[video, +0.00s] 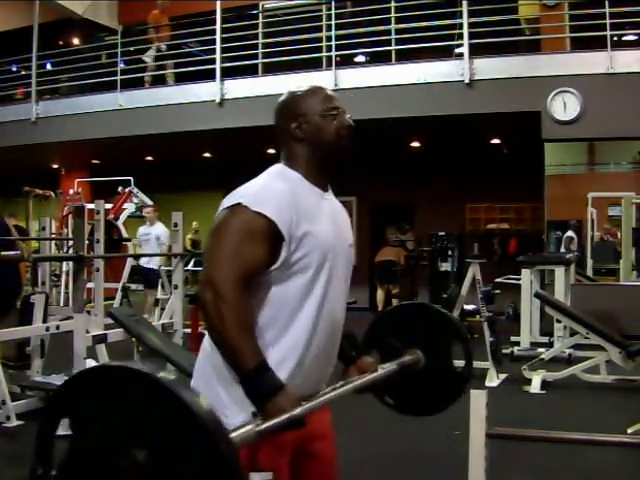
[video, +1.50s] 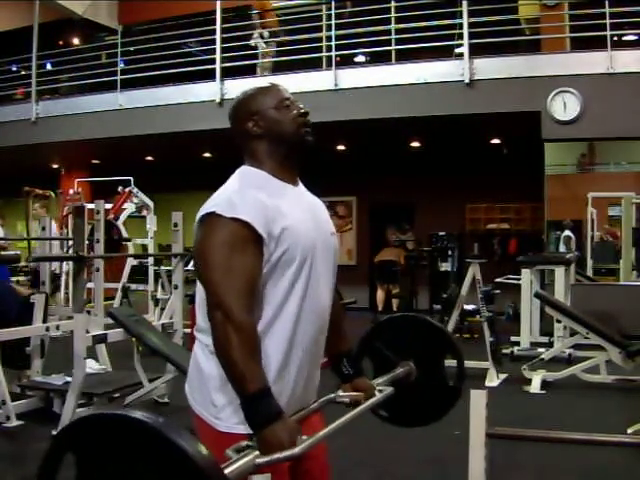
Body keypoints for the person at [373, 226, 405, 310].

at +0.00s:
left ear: (388, 243)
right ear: (399, 244)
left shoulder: (383, 250)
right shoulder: (400, 250)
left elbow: (376, 259)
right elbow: (402, 262)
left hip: (380, 263)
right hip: (392, 262)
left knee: (380, 288)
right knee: (394, 287)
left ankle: (379, 309)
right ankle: (396, 310)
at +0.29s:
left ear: (390, 245)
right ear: (400, 246)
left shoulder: (383, 250)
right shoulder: (400, 251)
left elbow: (376, 259)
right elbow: (402, 262)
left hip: (380, 263)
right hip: (392, 263)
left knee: (380, 288)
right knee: (394, 287)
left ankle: (379, 310)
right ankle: (395, 310)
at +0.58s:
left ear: (390, 245)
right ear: (400, 246)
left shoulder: (383, 250)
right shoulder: (400, 251)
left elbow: (376, 259)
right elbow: (402, 262)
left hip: (380, 263)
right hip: (393, 263)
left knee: (380, 288)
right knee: (394, 288)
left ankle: (379, 309)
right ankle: (395, 310)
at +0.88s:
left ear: (390, 245)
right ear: (400, 245)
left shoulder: (383, 250)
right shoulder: (400, 251)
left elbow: (376, 259)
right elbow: (402, 262)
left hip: (380, 263)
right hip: (393, 263)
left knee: (380, 287)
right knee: (394, 288)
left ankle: (379, 309)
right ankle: (395, 310)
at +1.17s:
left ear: (390, 244)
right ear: (400, 245)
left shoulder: (384, 250)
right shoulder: (400, 251)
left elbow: (376, 258)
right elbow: (402, 262)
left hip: (380, 263)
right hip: (392, 263)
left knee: (380, 288)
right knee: (394, 288)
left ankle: (379, 309)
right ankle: (395, 310)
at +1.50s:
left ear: (390, 244)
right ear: (400, 245)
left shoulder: (384, 251)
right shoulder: (400, 251)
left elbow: (376, 259)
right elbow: (402, 262)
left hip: (380, 263)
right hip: (393, 263)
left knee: (380, 288)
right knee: (395, 288)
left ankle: (379, 310)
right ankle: (395, 310)